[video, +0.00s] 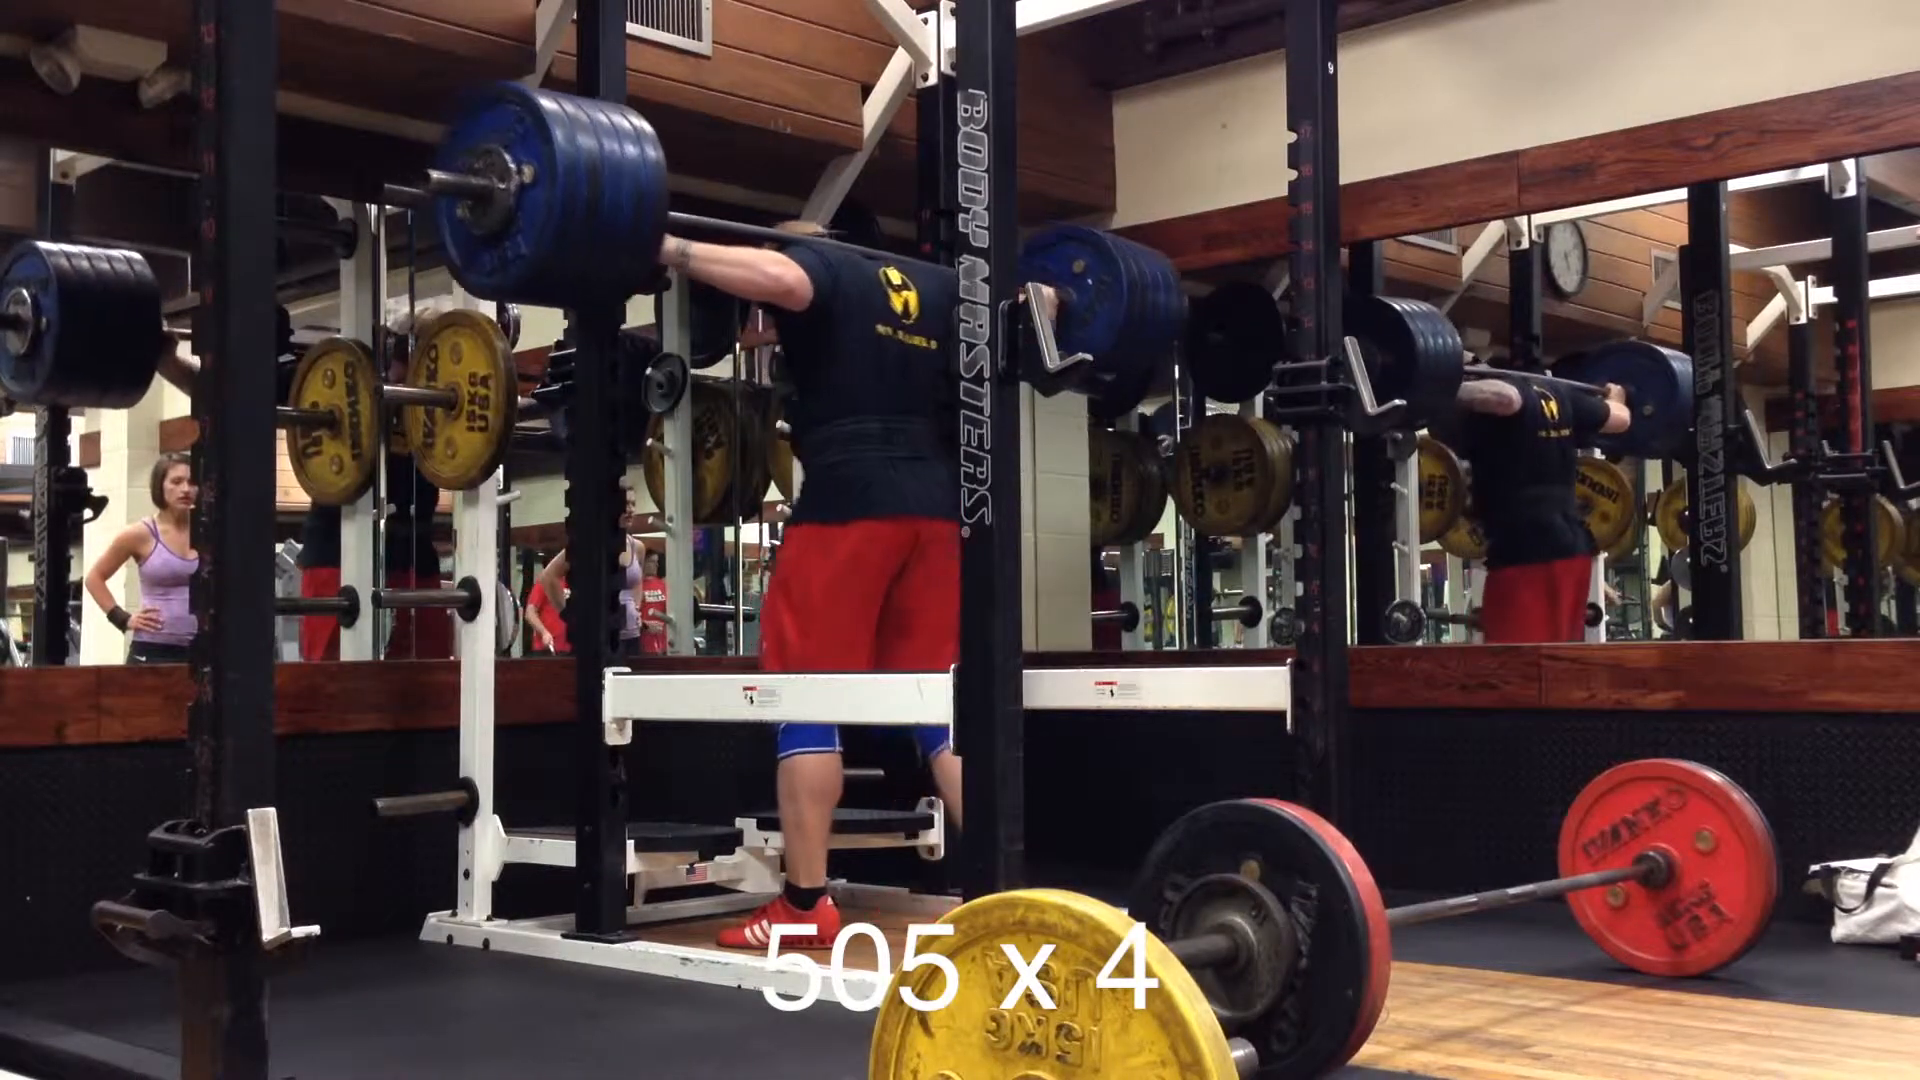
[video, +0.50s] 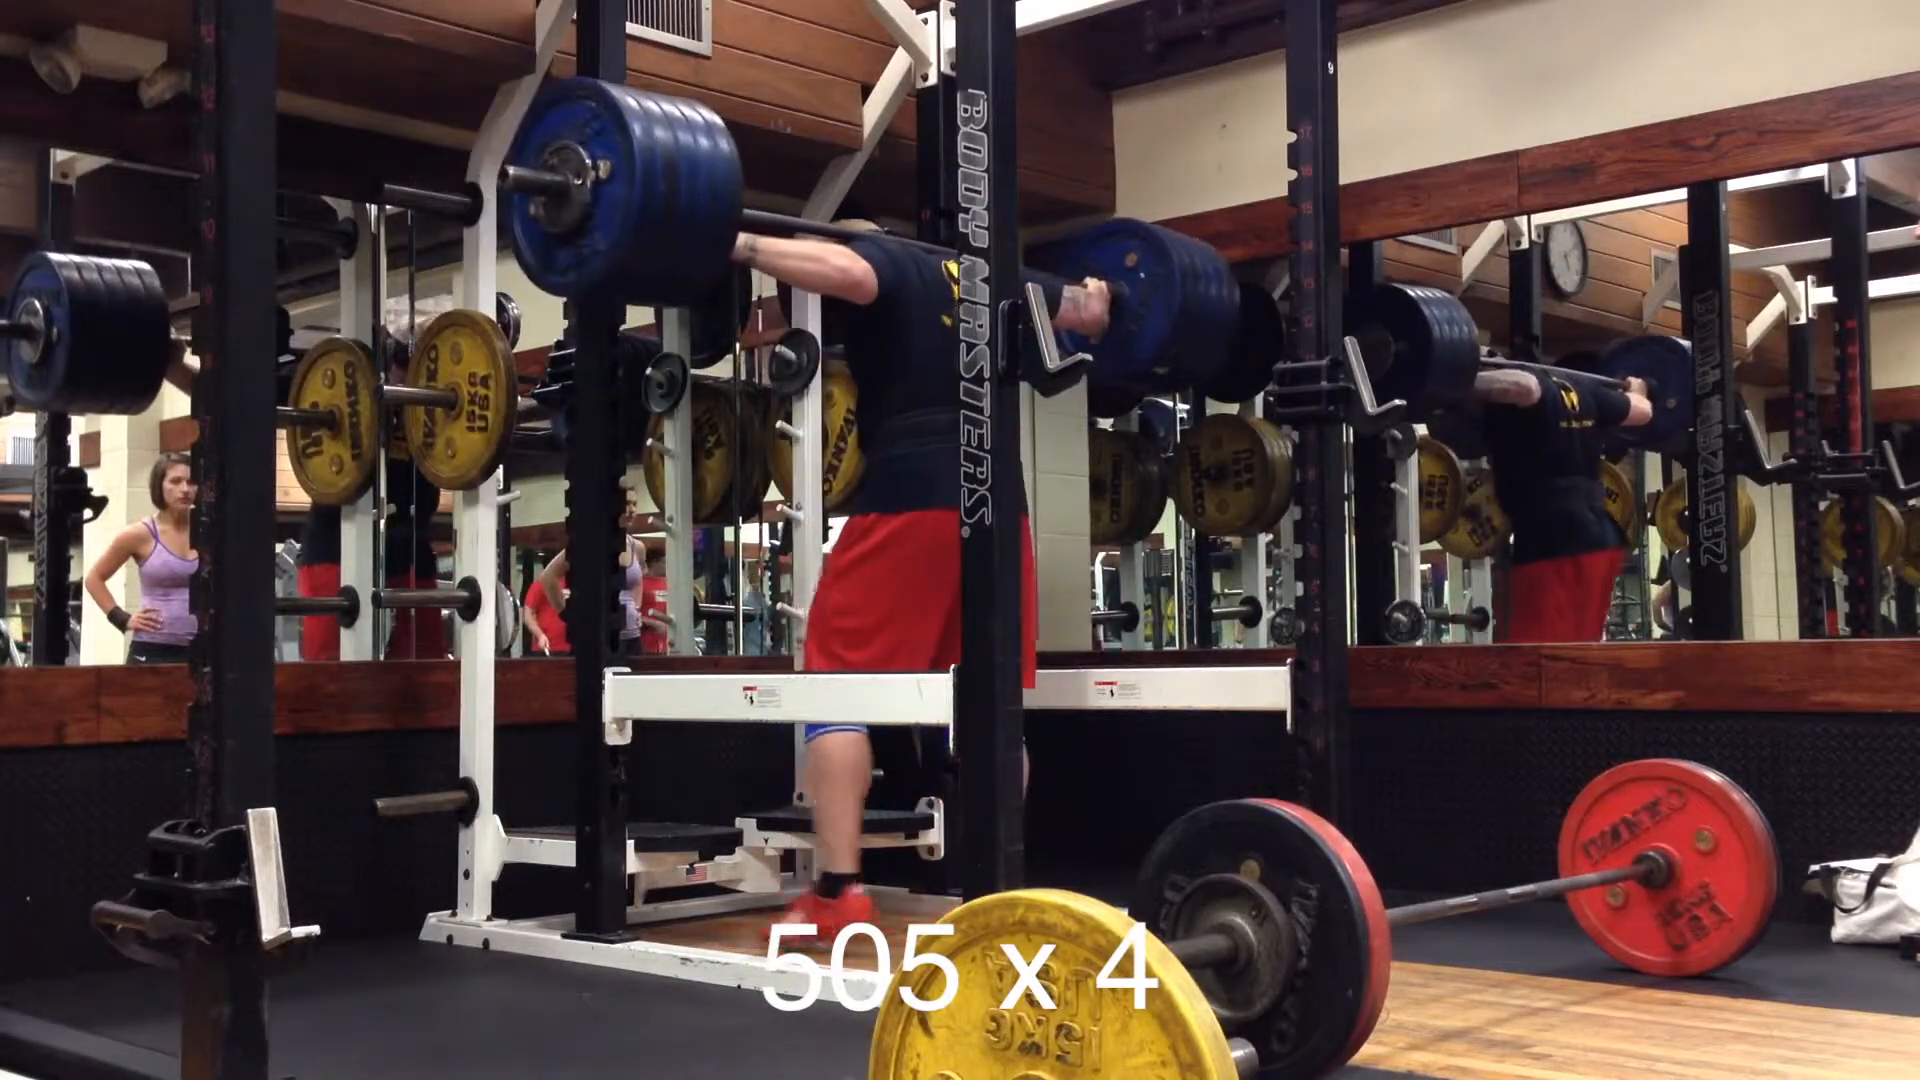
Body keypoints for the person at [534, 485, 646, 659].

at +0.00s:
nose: (629, 510)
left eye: (632, 504)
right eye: (624, 504)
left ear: (635, 507)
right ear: (609, 506)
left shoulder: (637, 547)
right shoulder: (590, 543)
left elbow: (637, 581)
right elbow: (548, 577)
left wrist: (635, 608)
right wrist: (567, 611)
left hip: (630, 629)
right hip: (597, 630)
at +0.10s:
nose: (629, 510)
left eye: (632, 504)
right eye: (624, 504)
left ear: (636, 507)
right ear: (609, 507)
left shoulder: (637, 546)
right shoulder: (590, 542)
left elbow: (637, 581)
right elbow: (548, 577)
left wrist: (635, 608)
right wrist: (567, 612)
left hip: (630, 629)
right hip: (597, 630)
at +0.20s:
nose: (630, 510)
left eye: (633, 504)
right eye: (625, 504)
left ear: (637, 508)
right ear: (611, 506)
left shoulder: (637, 547)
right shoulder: (589, 542)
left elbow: (637, 581)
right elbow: (548, 577)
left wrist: (635, 607)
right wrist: (566, 612)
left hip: (630, 630)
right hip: (597, 631)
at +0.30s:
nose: (630, 510)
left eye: (634, 504)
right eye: (625, 504)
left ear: (637, 508)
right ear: (611, 506)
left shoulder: (637, 547)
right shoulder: (589, 542)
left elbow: (637, 580)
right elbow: (548, 577)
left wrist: (636, 607)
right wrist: (565, 613)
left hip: (630, 630)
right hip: (597, 632)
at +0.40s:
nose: (630, 510)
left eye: (634, 504)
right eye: (625, 504)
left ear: (637, 508)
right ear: (611, 506)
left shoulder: (637, 547)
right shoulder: (589, 542)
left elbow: (637, 581)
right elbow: (548, 577)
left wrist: (636, 607)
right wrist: (564, 612)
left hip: (630, 630)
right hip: (597, 631)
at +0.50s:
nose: (630, 510)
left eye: (634, 504)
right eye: (625, 504)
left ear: (637, 508)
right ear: (612, 506)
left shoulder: (637, 547)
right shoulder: (589, 543)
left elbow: (637, 580)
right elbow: (548, 577)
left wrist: (636, 607)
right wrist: (565, 612)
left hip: (630, 630)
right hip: (597, 631)